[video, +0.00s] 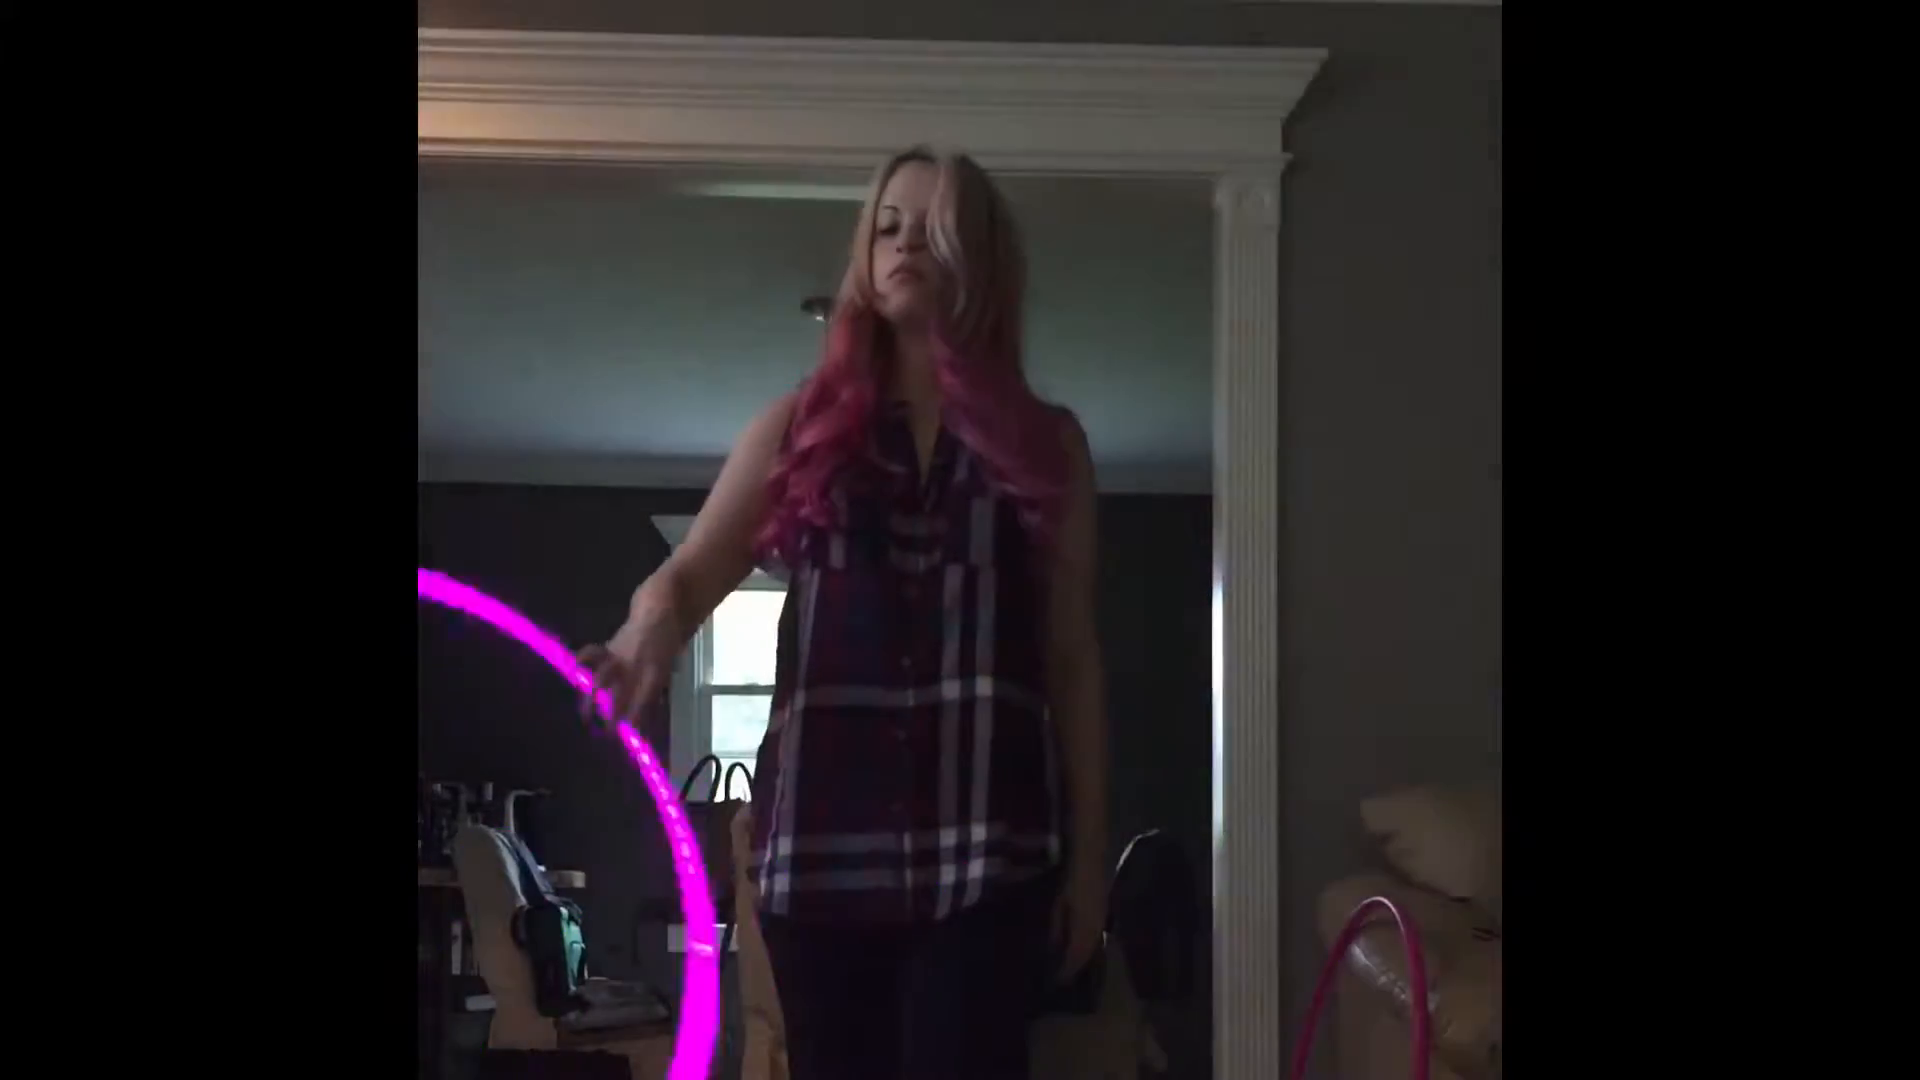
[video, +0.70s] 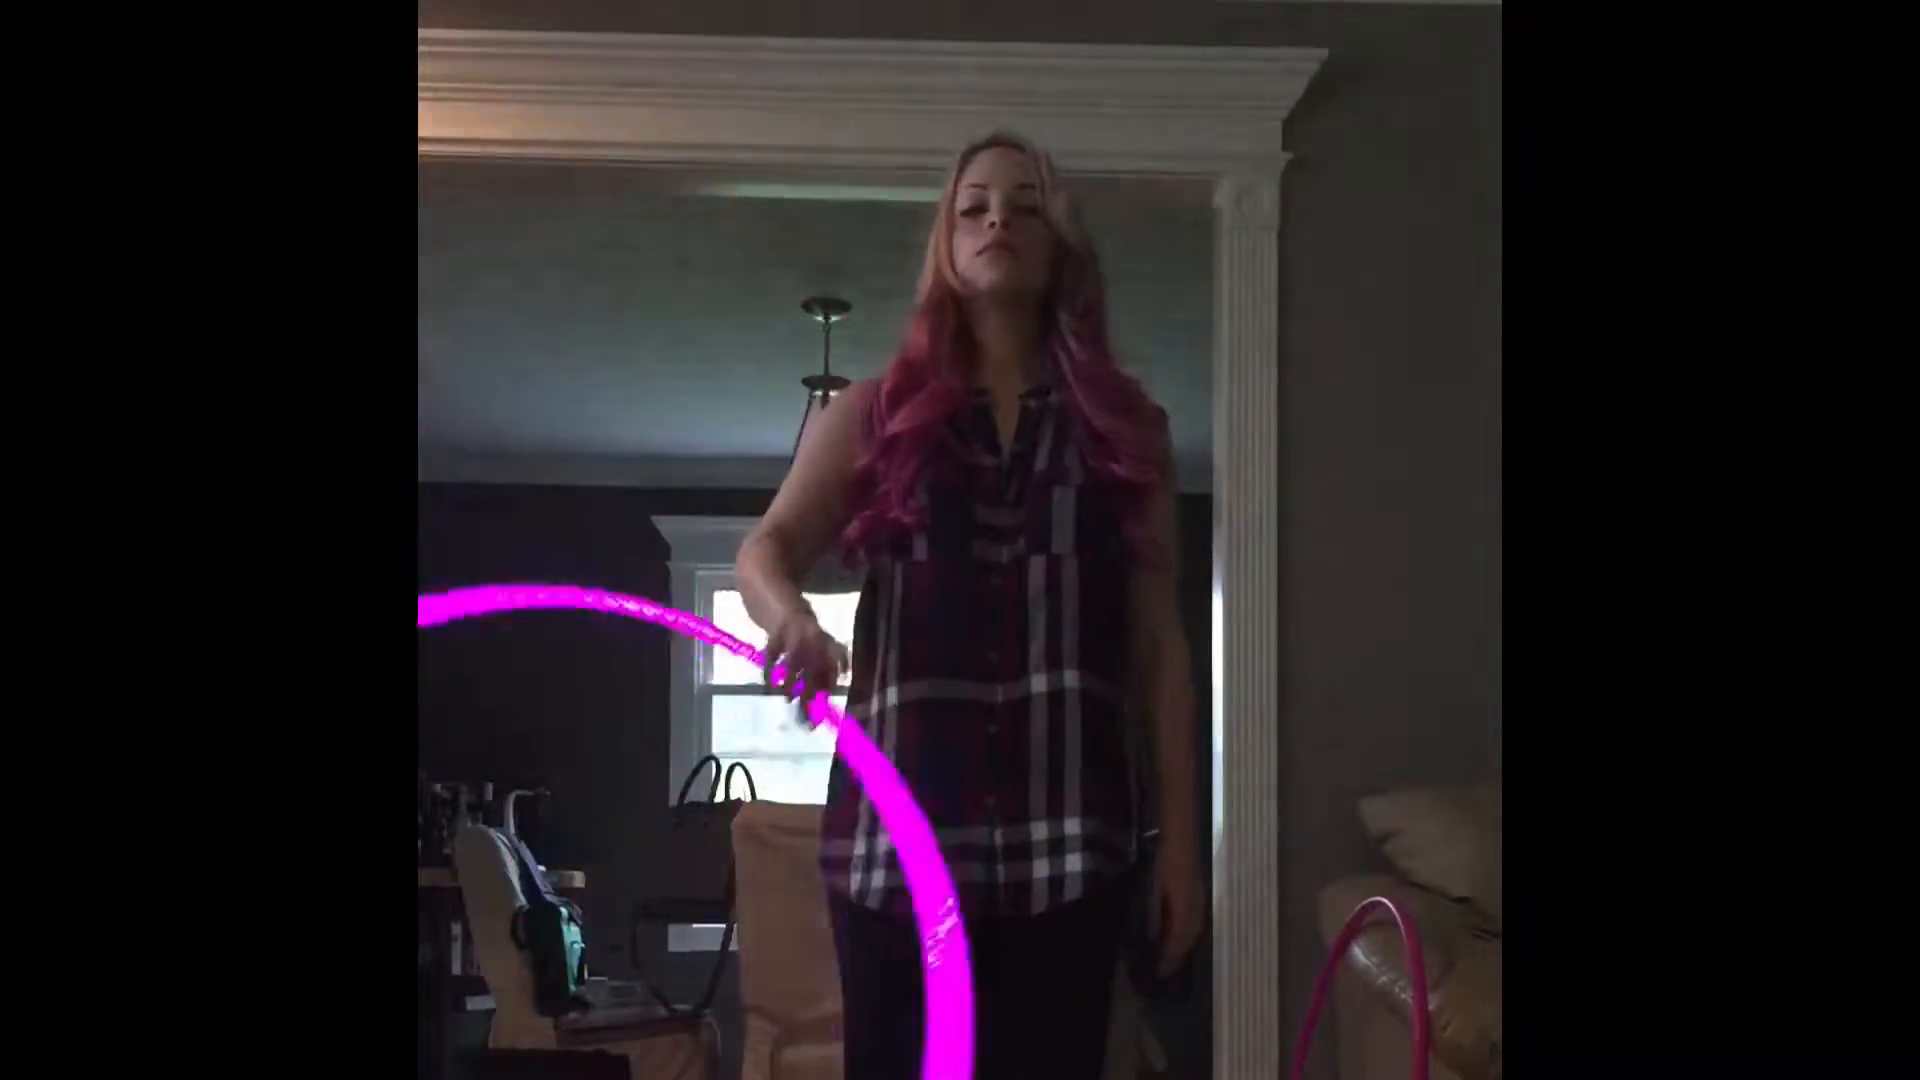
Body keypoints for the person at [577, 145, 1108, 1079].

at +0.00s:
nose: (909, 246)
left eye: (937, 232)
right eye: (891, 227)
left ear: (982, 261)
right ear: (863, 253)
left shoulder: (1043, 439)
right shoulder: (800, 422)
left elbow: (1072, 656)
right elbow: (697, 571)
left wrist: (1089, 852)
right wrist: (648, 634)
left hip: (986, 845)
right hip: (823, 844)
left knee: (967, 1063)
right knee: (834, 1065)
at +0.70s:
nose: (997, 220)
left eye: (1024, 204)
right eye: (974, 207)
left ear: (1061, 240)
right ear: (943, 245)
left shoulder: (1120, 423)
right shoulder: (871, 413)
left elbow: (1160, 645)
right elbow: (765, 552)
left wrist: (1180, 843)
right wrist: (793, 622)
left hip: (1071, 838)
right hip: (903, 835)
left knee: (1055, 1068)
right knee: (892, 1068)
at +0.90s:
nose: (1001, 227)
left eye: (1029, 209)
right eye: (977, 213)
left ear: (1070, 240)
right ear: (944, 245)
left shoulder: (1128, 404)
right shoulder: (875, 384)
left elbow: (1172, 631)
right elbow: (768, 525)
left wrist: (1185, 839)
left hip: (1080, 833)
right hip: (905, 836)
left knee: (1054, 1065)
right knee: (901, 1066)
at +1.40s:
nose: (1016, 237)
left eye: (1041, 218)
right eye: (992, 219)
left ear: (1080, 246)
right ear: (959, 250)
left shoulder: (1137, 422)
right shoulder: (900, 401)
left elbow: (1174, 639)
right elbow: (800, 494)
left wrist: (1187, 835)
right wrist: (964, 458)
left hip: (1082, 820)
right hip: (911, 814)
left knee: (1053, 1067)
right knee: (822, 1064)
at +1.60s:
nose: (1014, 244)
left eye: (1039, 225)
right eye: (990, 229)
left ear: (1082, 252)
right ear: (957, 265)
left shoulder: (1137, 436)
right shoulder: (921, 410)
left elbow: (1173, 652)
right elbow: (811, 461)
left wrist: (1190, 864)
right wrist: (983, 363)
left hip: (1076, 835)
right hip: (905, 826)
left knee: (1045, 1071)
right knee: (778, 1059)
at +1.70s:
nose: (1006, 261)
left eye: (1035, 239)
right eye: (980, 242)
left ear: (1080, 272)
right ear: (948, 279)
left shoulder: (1141, 449)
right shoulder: (908, 430)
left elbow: (1178, 672)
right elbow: (757, 428)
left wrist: (1187, 869)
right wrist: (887, 271)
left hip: (1070, 865)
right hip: (886, 853)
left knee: (1031, 1072)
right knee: (748, 1066)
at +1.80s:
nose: (1002, 272)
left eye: (1030, 252)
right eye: (978, 256)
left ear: (1074, 286)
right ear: (947, 291)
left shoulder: (1133, 470)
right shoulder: (894, 439)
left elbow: (1175, 686)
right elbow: (705, 440)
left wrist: (1187, 883)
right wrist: (775, 338)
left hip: (1071, 866)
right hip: (894, 855)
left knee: (1034, 1068)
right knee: (754, 1064)